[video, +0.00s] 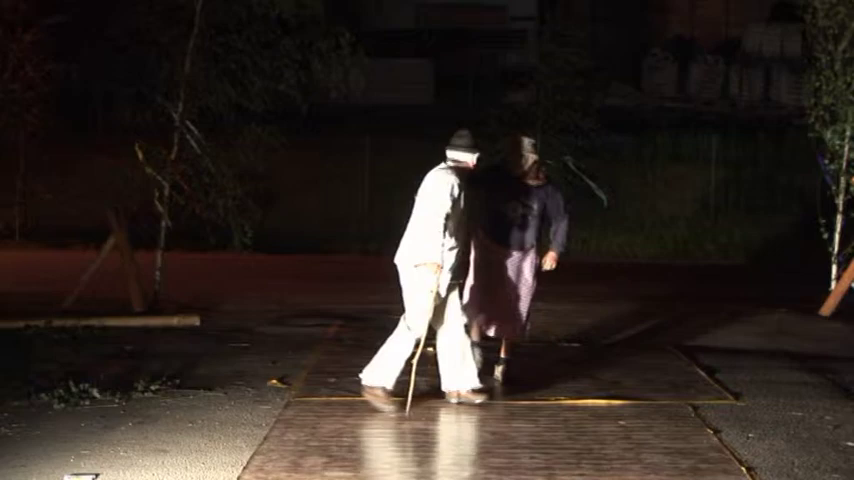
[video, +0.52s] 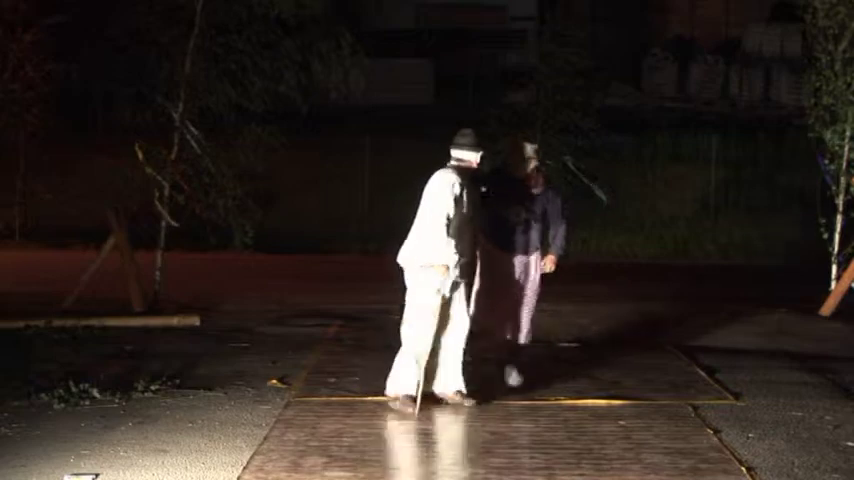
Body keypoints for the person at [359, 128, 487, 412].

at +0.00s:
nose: (475, 161)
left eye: (475, 156)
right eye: (471, 156)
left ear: (455, 155)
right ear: (461, 157)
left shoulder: (457, 181)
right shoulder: (442, 179)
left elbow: (458, 229)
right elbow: (432, 224)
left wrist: (457, 268)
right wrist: (432, 263)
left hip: (444, 263)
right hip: (421, 262)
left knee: (452, 324)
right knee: (416, 322)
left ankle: (458, 385)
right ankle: (374, 380)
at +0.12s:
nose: (475, 161)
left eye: (475, 156)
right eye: (471, 156)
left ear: (455, 155)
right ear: (461, 157)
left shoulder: (457, 181)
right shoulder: (442, 179)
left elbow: (458, 229)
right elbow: (432, 224)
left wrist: (457, 268)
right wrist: (432, 263)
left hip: (444, 263)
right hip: (421, 262)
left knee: (452, 324)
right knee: (416, 322)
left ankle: (458, 385)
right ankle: (374, 380)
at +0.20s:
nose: (475, 161)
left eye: (475, 156)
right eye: (471, 156)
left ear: (455, 155)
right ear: (461, 157)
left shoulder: (457, 181)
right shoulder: (442, 179)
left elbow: (458, 229)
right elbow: (432, 224)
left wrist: (457, 268)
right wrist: (432, 263)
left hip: (444, 263)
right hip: (421, 262)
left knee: (452, 324)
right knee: (416, 322)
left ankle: (458, 385)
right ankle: (374, 380)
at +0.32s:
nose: (475, 161)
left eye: (475, 156)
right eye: (471, 156)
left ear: (455, 155)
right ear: (461, 157)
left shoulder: (457, 181)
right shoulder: (442, 179)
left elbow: (458, 229)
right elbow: (432, 224)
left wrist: (457, 268)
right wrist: (432, 263)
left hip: (444, 263)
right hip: (421, 262)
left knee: (452, 324)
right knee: (416, 322)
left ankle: (458, 385)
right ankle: (374, 380)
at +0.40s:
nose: (475, 161)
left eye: (475, 156)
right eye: (471, 156)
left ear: (455, 155)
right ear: (461, 157)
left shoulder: (457, 181)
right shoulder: (442, 179)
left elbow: (458, 229)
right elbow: (432, 224)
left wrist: (457, 268)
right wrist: (432, 263)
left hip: (444, 263)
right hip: (421, 262)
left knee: (452, 324)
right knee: (416, 322)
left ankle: (458, 385)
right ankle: (374, 380)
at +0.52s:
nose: (479, 160)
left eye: (479, 155)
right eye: (476, 155)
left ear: (461, 155)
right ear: (466, 156)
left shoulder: (468, 185)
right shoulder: (445, 180)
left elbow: (468, 230)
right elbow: (434, 226)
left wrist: (468, 261)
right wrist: (449, 258)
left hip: (455, 265)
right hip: (427, 264)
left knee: (457, 325)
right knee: (422, 325)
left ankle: (447, 385)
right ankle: (402, 387)